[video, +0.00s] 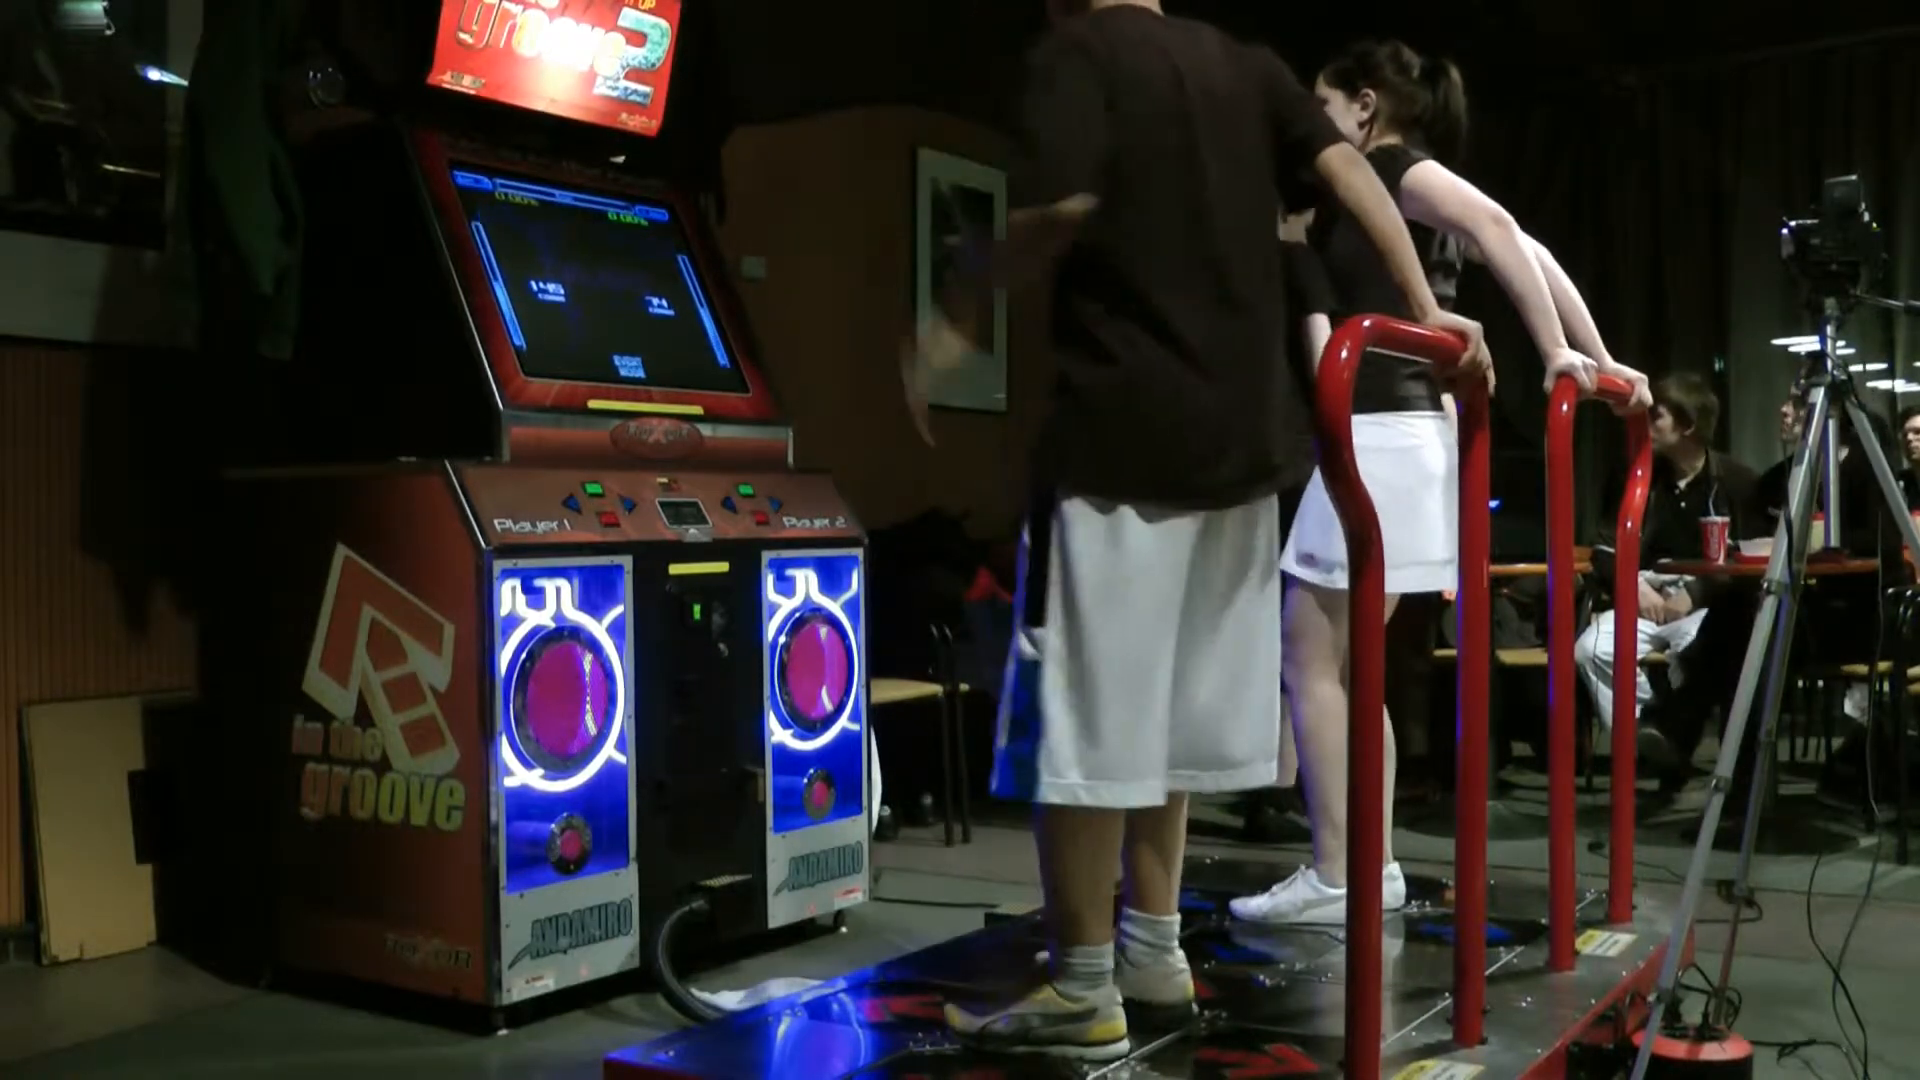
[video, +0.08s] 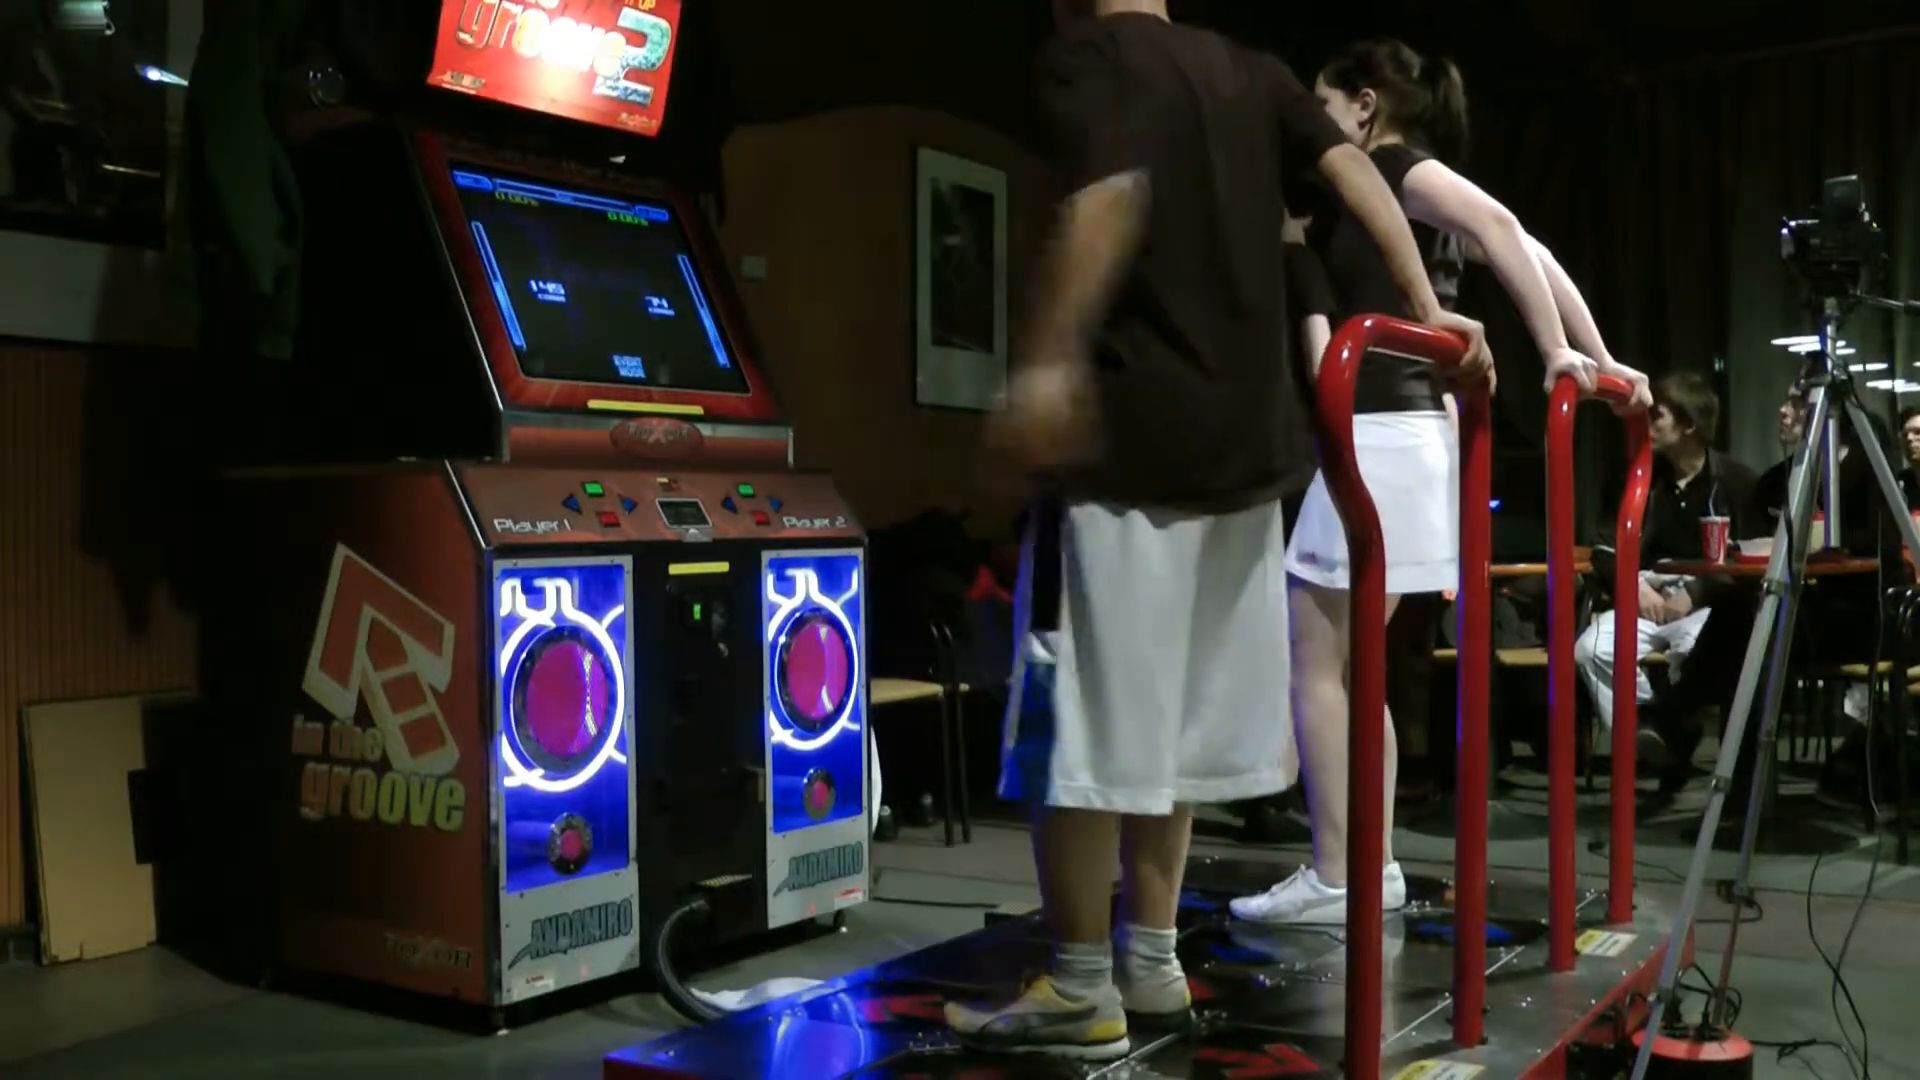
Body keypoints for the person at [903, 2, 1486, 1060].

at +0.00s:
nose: (1047, 27)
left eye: (1049, 22)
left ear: (1070, 5)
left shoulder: (1073, 56)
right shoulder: (1247, 62)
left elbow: (1064, 206)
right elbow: (1359, 183)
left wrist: (983, 276)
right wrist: (1425, 309)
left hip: (1121, 433)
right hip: (1244, 429)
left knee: (1094, 709)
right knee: (1173, 695)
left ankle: (1085, 988)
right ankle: (1155, 950)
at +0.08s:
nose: (1053, 17)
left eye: (1057, 13)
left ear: (1075, 4)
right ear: (1165, 0)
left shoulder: (1085, 54)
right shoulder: (1255, 70)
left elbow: (1111, 192)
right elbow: (1365, 188)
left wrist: (1051, 353)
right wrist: (1427, 312)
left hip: (1124, 441)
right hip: (1245, 438)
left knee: (1092, 713)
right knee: (1178, 711)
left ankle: (1079, 984)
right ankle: (1153, 963)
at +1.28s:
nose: (1045, 40)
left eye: (1047, 25)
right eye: (1051, 27)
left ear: (1070, 19)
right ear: (1150, 23)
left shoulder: (1106, 91)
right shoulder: (1199, 100)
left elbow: (1291, 106)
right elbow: (1360, 144)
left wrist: (1342, 285)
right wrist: (1426, 317)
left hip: (1136, 476)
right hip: (1212, 482)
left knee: (987, 722)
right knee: (1062, 717)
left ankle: (1057, 1011)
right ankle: (1043, 973)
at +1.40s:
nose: (1044, 41)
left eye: (1045, 26)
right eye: (1052, 28)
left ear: (1070, 20)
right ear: (1146, 22)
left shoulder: (1108, 85)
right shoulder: (1187, 94)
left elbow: (1291, 105)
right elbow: (1362, 142)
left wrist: (1340, 284)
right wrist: (1418, 307)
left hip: (1128, 462)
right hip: (1196, 470)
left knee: (978, 686)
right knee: (1032, 695)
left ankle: (1050, 998)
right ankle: (1010, 961)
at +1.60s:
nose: (1042, 44)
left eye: (1043, 28)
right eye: (1048, 30)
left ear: (1066, 22)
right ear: (1155, 29)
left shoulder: (1102, 96)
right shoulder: (1198, 107)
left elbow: (1282, 110)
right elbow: (1357, 146)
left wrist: (1341, 282)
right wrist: (1423, 316)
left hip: (1125, 478)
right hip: (1216, 487)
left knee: (978, 730)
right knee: (1114, 714)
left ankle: (1022, 1010)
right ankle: (1165, 942)